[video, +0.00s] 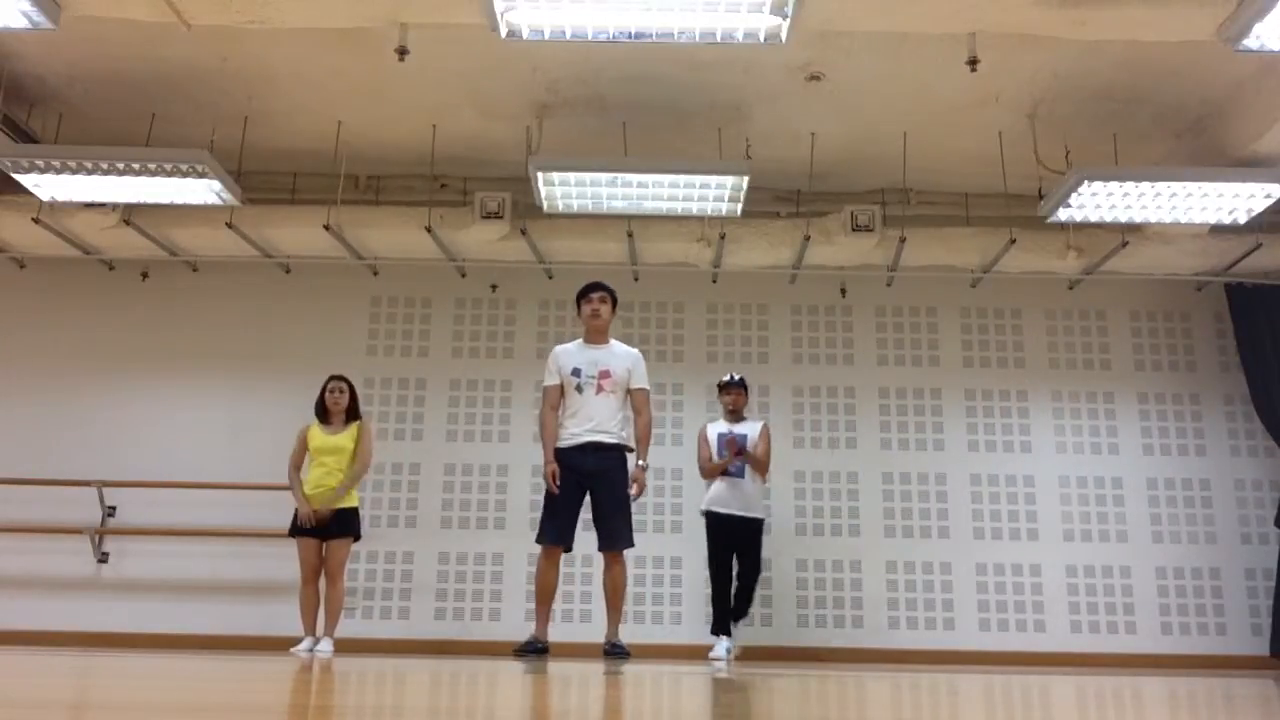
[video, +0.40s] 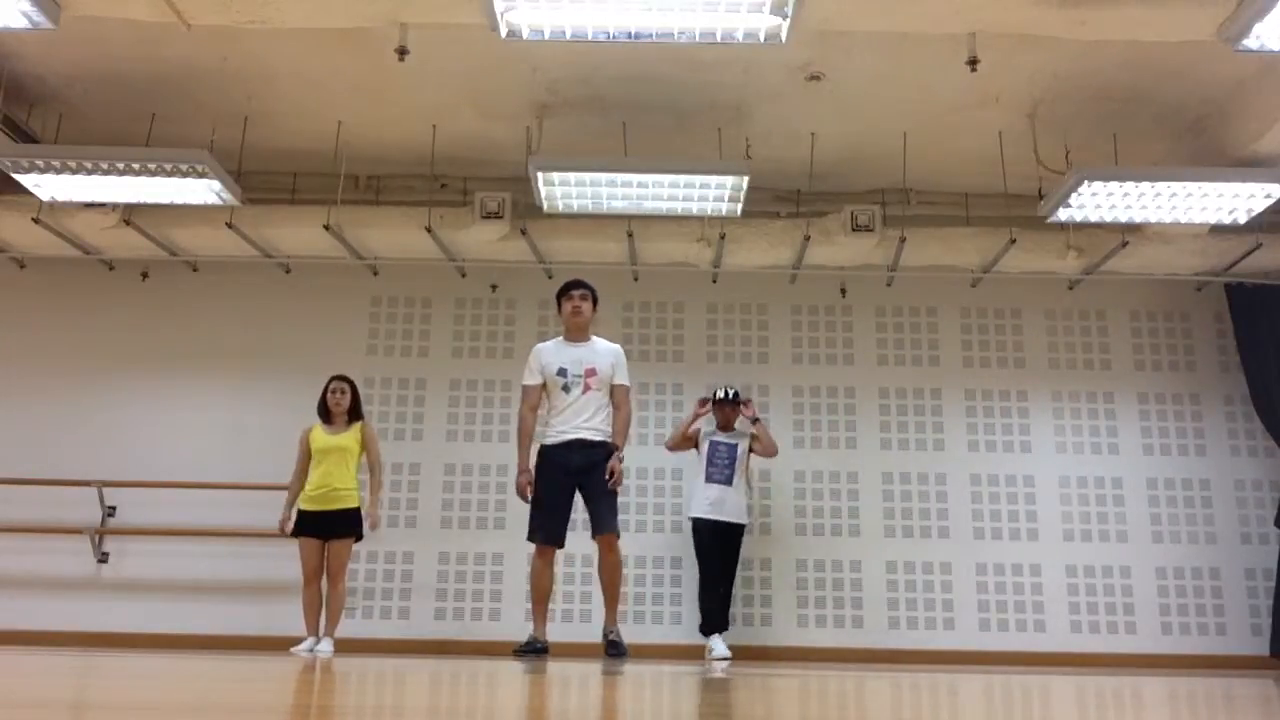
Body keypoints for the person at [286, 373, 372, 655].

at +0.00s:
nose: (336, 396)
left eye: (341, 392)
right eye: (331, 391)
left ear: (350, 397)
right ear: (323, 397)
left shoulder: (361, 428)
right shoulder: (309, 431)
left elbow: (362, 467)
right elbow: (293, 469)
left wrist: (332, 500)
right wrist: (301, 502)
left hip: (341, 509)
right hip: (309, 508)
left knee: (334, 575)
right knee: (309, 575)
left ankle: (328, 637)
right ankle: (309, 636)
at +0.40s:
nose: (337, 396)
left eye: (342, 392)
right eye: (333, 392)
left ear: (352, 398)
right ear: (325, 397)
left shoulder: (363, 430)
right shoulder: (311, 433)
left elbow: (375, 468)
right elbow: (299, 475)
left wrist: (374, 506)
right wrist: (287, 509)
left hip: (344, 509)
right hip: (310, 508)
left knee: (335, 577)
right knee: (310, 577)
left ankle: (328, 637)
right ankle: (311, 636)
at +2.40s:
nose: (336, 398)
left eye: (341, 394)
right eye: (332, 394)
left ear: (351, 400)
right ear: (324, 399)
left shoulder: (362, 431)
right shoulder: (309, 433)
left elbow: (366, 473)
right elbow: (298, 473)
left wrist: (359, 508)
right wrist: (290, 507)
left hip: (341, 509)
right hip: (308, 507)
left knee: (332, 576)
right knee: (310, 575)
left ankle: (326, 637)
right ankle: (311, 636)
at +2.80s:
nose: (337, 403)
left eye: (343, 399)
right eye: (333, 399)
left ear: (352, 405)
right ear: (325, 404)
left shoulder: (360, 437)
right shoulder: (309, 433)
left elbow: (364, 474)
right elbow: (293, 467)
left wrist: (369, 507)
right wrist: (299, 502)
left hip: (347, 512)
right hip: (315, 513)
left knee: (338, 578)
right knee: (316, 577)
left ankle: (328, 637)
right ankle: (314, 636)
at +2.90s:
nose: (337, 404)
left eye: (342, 400)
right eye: (333, 399)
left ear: (352, 406)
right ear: (325, 404)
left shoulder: (360, 435)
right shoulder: (313, 431)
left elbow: (374, 468)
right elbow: (290, 448)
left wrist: (397, 469)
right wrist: (298, 446)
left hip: (342, 513)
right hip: (311, 513)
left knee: (333, 576)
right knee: (297, 567)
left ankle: (326, 637)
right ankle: (306, 631)